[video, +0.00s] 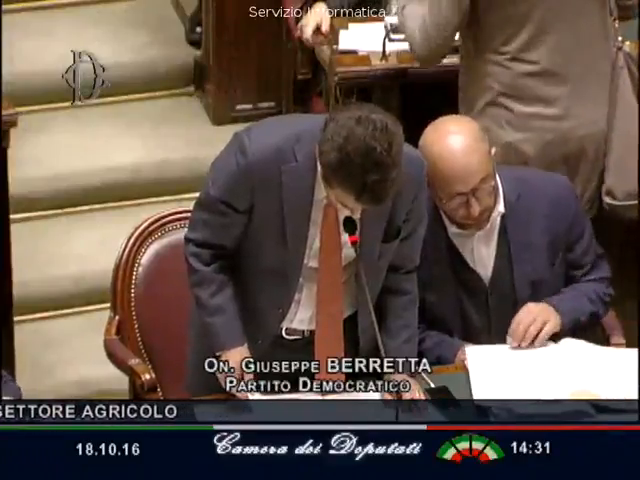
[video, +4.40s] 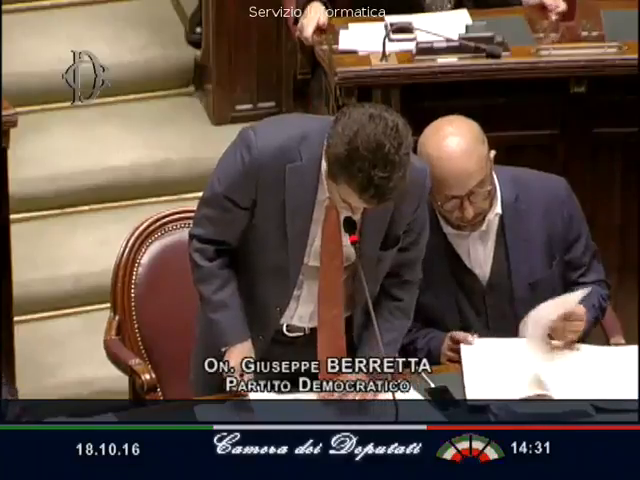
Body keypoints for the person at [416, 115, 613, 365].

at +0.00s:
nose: (475, 208)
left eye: (482, 187)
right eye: (457, 198)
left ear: (492, 159)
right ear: (429, 185)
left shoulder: (552, 197)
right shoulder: (409, 222)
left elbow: (597, 282)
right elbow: (401, 326)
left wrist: (557, 309)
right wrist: (456, 353)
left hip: (554, 371)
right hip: (460, 381)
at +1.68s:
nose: (475, 211)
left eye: (482, 191)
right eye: (456, 201)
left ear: (493, 159)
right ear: (429, 188)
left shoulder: (553, 198)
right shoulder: (408, 223)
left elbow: (587, 270)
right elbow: (396, 325)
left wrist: (596, 303)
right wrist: (443, 349)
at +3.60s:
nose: (471, 209)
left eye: (479, 190)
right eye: (454, 198)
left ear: (492, 158)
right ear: (428, 184)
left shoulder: (552, 196)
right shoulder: (408, 220)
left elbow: (594, 283)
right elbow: (390, 320)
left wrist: (555, 312)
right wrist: (438, 344)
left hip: (547, 373)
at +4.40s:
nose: (469, 211)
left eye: (479, 191)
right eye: (452, 199)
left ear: (491, 159)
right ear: (425, 186)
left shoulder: (550, 197)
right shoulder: (407, 222)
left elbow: (591, 282)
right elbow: (398, 327)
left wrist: (580, 317)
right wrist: (438, 346)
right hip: (454, 380)